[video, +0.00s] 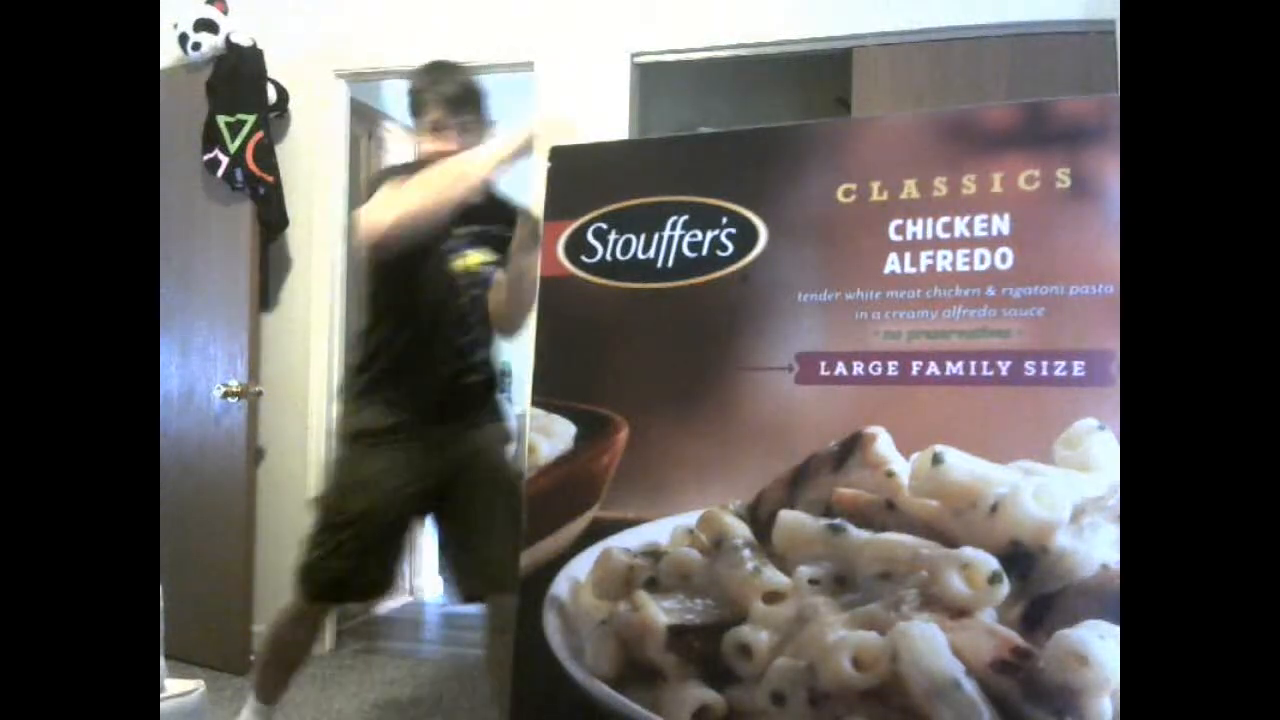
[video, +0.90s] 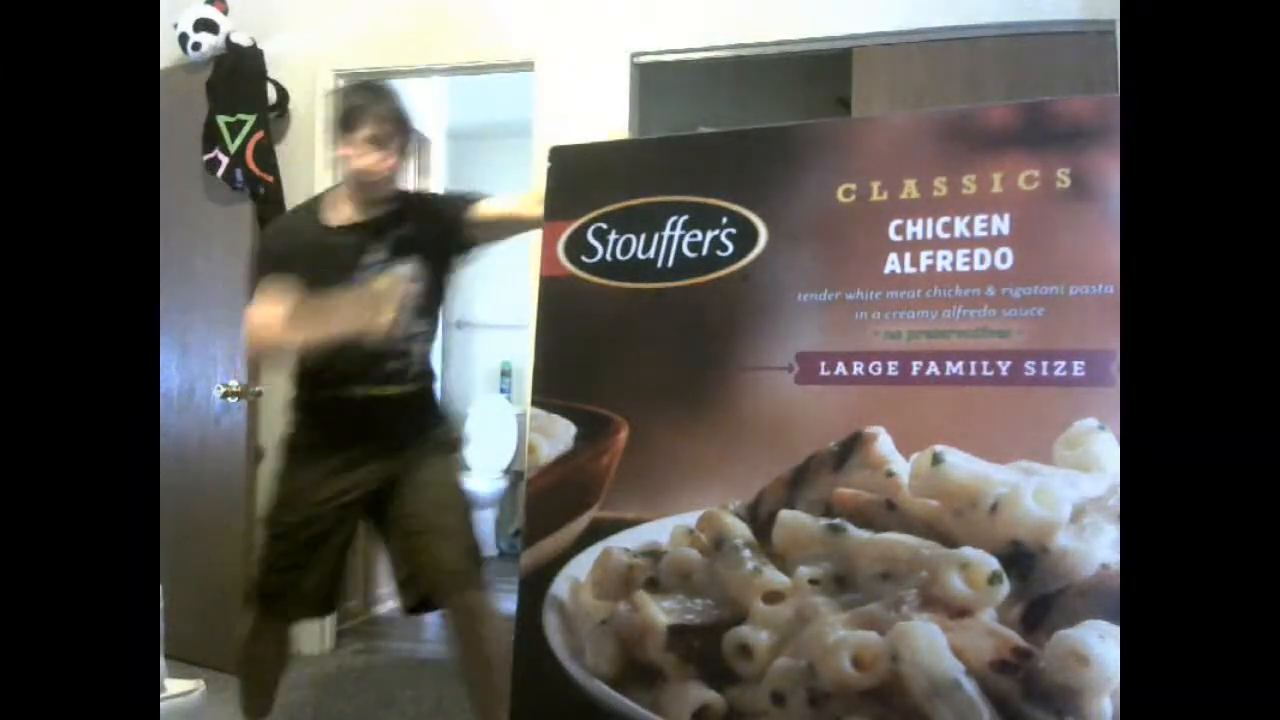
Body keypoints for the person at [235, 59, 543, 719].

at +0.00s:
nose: (446, 144)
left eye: (460, 131)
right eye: (434, 130)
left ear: (484, 133)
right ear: (415, 131)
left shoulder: (503, 219)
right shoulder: (392, 189)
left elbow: (507, 321)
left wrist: (527, 247)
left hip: (472, 428)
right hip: (384, 429)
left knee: (507, 597)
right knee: (318, 594)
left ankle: (515, 716)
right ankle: (256, 710)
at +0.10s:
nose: (425, 145)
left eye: (438, 131)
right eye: (410, 130)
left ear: (460, 136)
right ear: (387, 134)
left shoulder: (479, 215)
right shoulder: (365, 199)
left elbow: (517, 297)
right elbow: (346, 278)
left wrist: (522, 232)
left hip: (448, 425)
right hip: (362, 423)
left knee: (491, 588)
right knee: (302, 590)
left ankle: (506, 714)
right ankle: (257, 713)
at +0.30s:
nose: (326, 138)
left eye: (338, 122)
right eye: (310, 126)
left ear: (368, 122)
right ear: (293, 129)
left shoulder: (399, 171)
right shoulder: (280, 197)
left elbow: (358, 173)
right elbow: (247, 298)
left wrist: (256, 169)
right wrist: (190, 332)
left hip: (391, 419)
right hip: (301, 419)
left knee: (411, 583)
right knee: (262, 577)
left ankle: (453, 714)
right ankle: (251, 714)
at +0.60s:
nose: (291, 143)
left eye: (307, 127)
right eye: (278, 128)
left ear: (332, 127)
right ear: (261, 131)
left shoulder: (369, 191)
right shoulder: (256, 208)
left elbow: (349, 276)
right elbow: (241, 317)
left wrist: (220, 208)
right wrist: (199, 325)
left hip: (384, 409)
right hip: (298, 412)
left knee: (415, 564)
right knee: (266, 576)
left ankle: (462, 712)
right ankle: (253, 714)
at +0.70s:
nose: (304, 150)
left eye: (319, 135)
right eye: (290, 134)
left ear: (337, 137)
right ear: (264, 137)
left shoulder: (375, 195)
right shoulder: (243, 231)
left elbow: (460, 222)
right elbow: (236, 336)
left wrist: (398, 267)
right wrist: (272, 375)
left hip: (391, 415)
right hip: (298, 424)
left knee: (440, 575)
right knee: (261, 589)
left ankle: (489, 712)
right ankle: (253, 714)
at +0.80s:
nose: (351, 166)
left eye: (364, 151)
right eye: (338, 150)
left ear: (382, 156)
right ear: (311, 152)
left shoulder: (403, 221)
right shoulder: (273, 244)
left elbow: (502, 222)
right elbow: (257, 355)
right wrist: (335, 358)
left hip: (400, 442)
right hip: (308, 446)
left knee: (451, 592)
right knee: (257, 604)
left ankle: (494, 714)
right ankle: (251, 715)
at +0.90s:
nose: (385, 159)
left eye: (395, 145)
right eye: (371, 145)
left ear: (407, 148)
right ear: (340, 148)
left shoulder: (429, 218)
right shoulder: (297, 234)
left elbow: (530, 213)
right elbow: (262, 330)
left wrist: (593, 197)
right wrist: (357, 312)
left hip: (413, 441)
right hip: (323, 446)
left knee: (465, 591)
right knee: (273, 606)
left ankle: (496, 714)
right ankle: (254, 715)